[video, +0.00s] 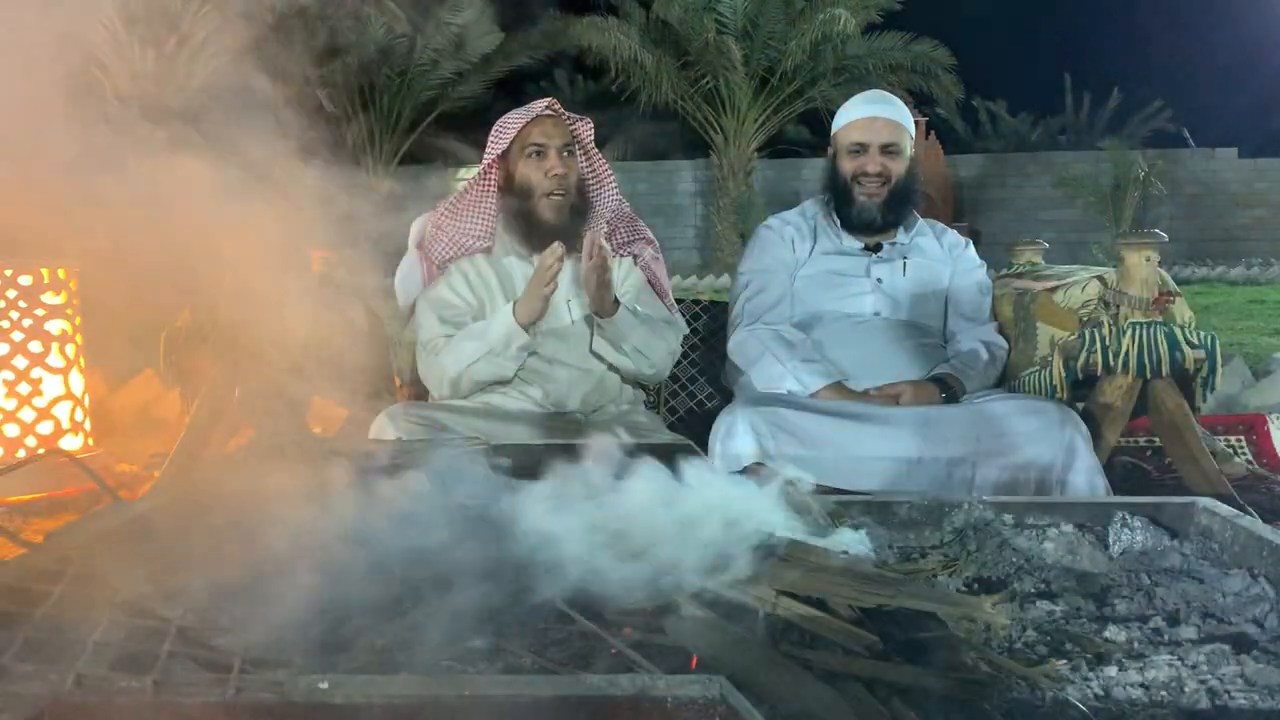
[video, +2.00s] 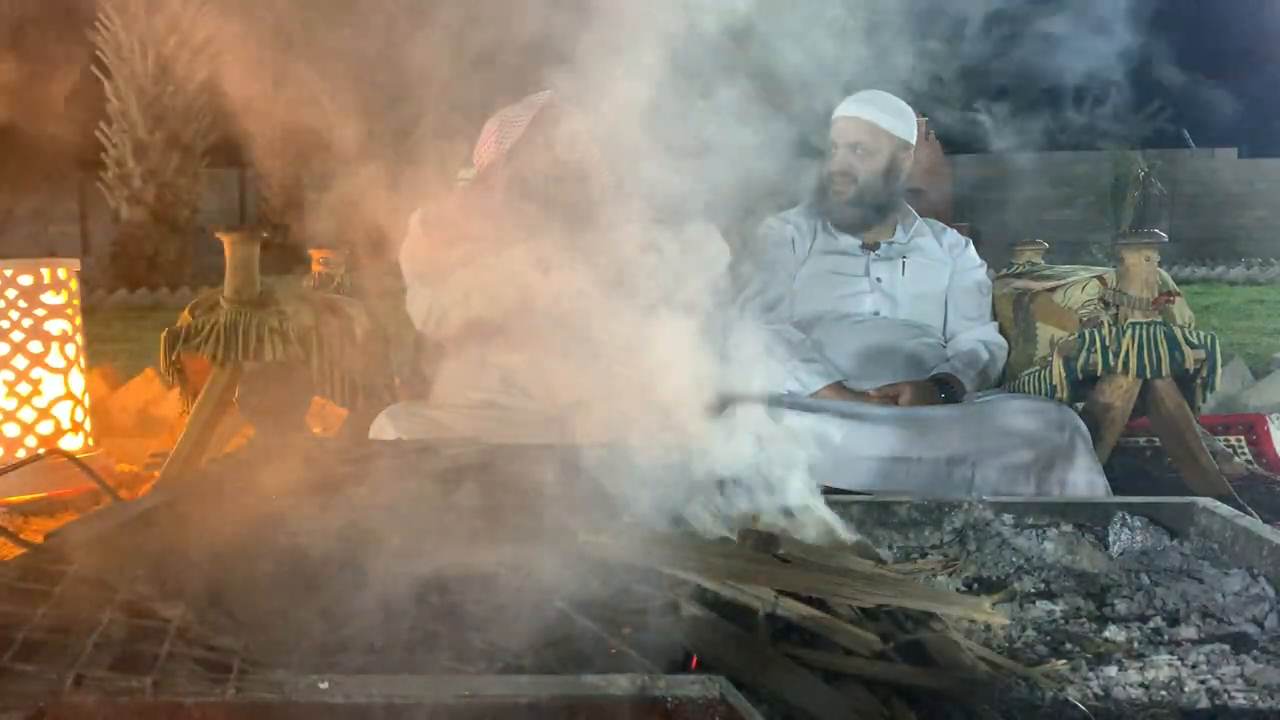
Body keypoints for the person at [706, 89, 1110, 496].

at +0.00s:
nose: (873, 167)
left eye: (889, 152)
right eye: (856, 151)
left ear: (912, 161)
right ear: (833, 159)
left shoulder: (951, 248)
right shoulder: (783, 236)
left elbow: (981, 344)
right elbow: (755, 341)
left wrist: (939, 387)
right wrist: (835, 397)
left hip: (936, 420)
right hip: (823, 417)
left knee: (1054, 427)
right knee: (741, 426)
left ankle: (1086, 587)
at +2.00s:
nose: (838, 167)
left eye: (859, 152)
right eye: (834, 151)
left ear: (904, 162)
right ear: (825, 155)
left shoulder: (952, 250)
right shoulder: (785, 235)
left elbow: (980, 344)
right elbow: (751, 331)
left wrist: (938, 390)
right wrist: (836, 397)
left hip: (937, 422)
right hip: (826, 419)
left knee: (1052, 425)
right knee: (747, 431)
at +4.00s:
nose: (840, 166)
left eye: (861, 152)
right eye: (835, 150)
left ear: (904, 164)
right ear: (825, 156)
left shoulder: (952, 248)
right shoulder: (784, 234)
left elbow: (980, 345)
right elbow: (755, 331)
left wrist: (937, 389)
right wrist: (833, 395)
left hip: (935, 421)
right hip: (824, 417)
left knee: (1055, 425)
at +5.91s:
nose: (881, 176)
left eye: (896, 158)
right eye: (867, 159)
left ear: (918, 164)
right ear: (843, 161)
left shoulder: (952, 252)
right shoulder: (790, 233)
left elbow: (980, 348)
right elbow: (752, 343)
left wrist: (931, 389)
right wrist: (832, 390)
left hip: (919, 418)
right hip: (812, 412)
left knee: (1036, 432)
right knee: (743, 430)